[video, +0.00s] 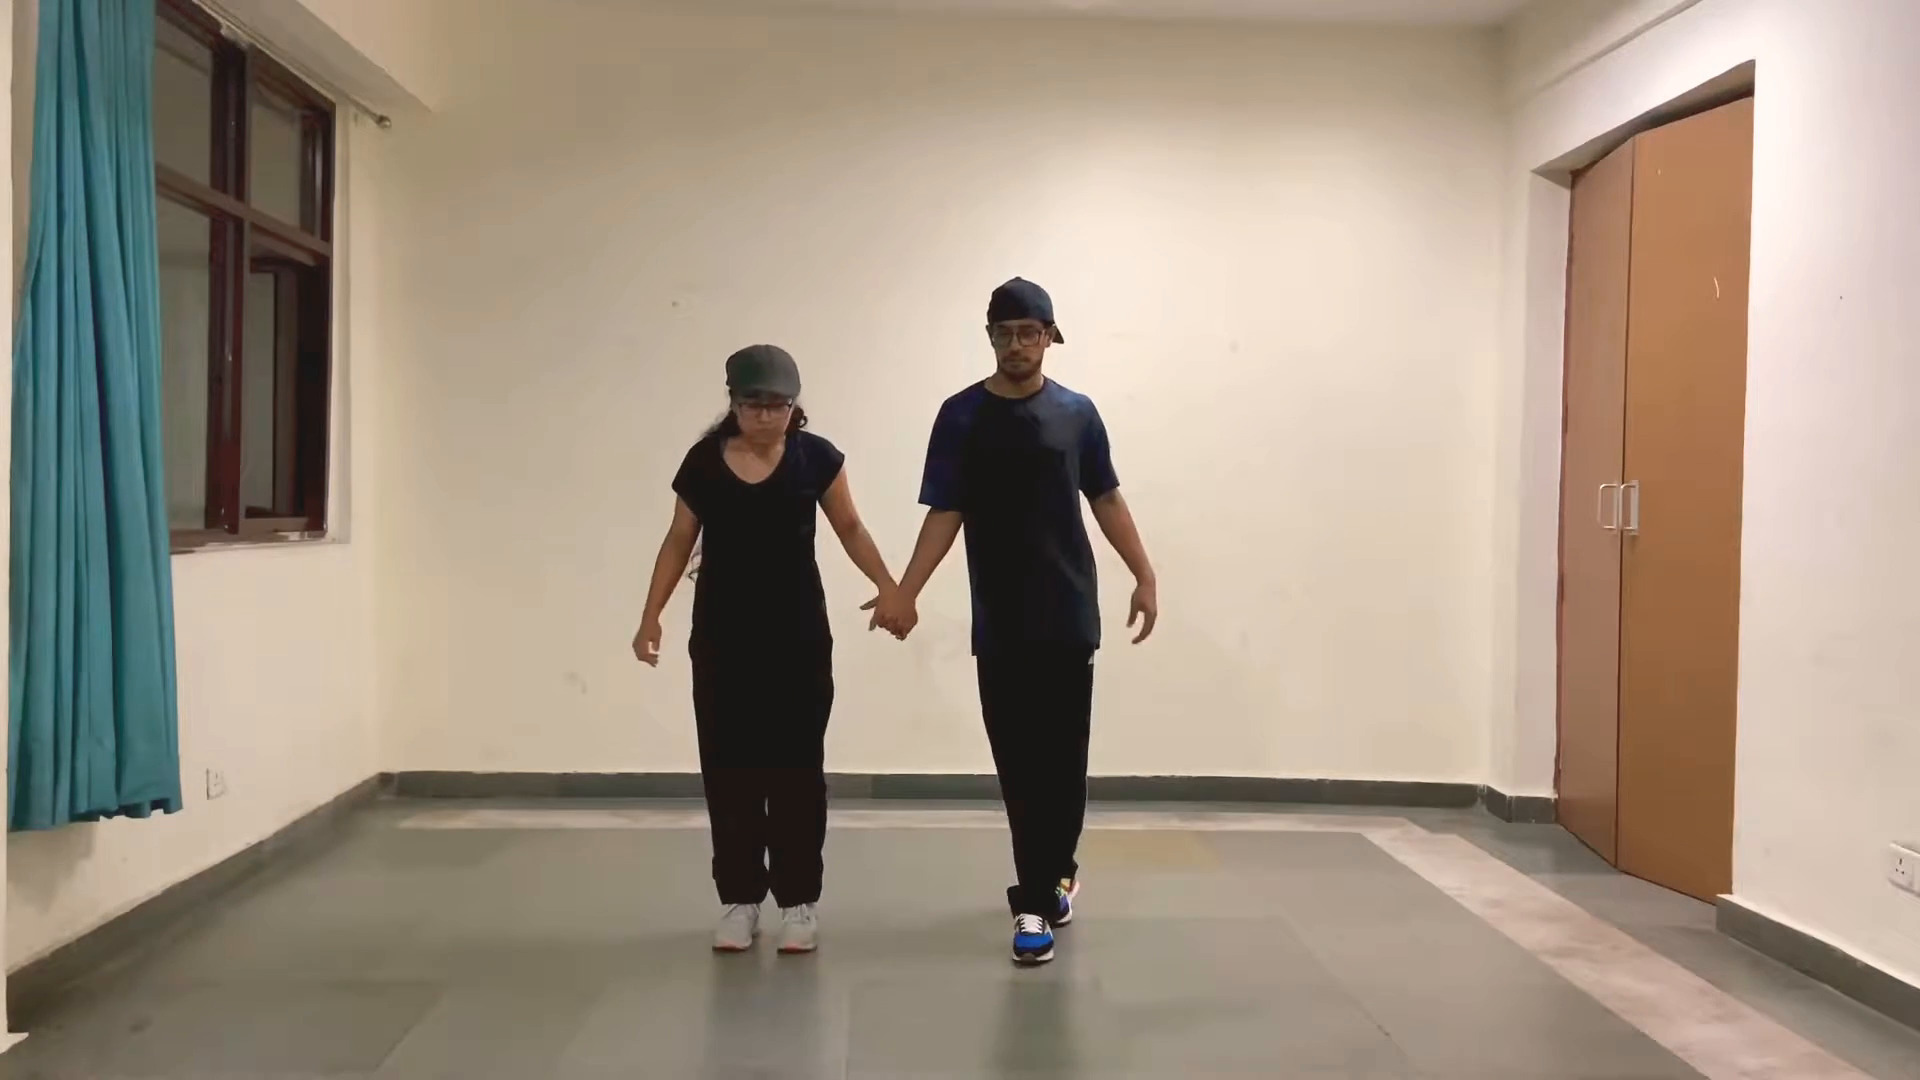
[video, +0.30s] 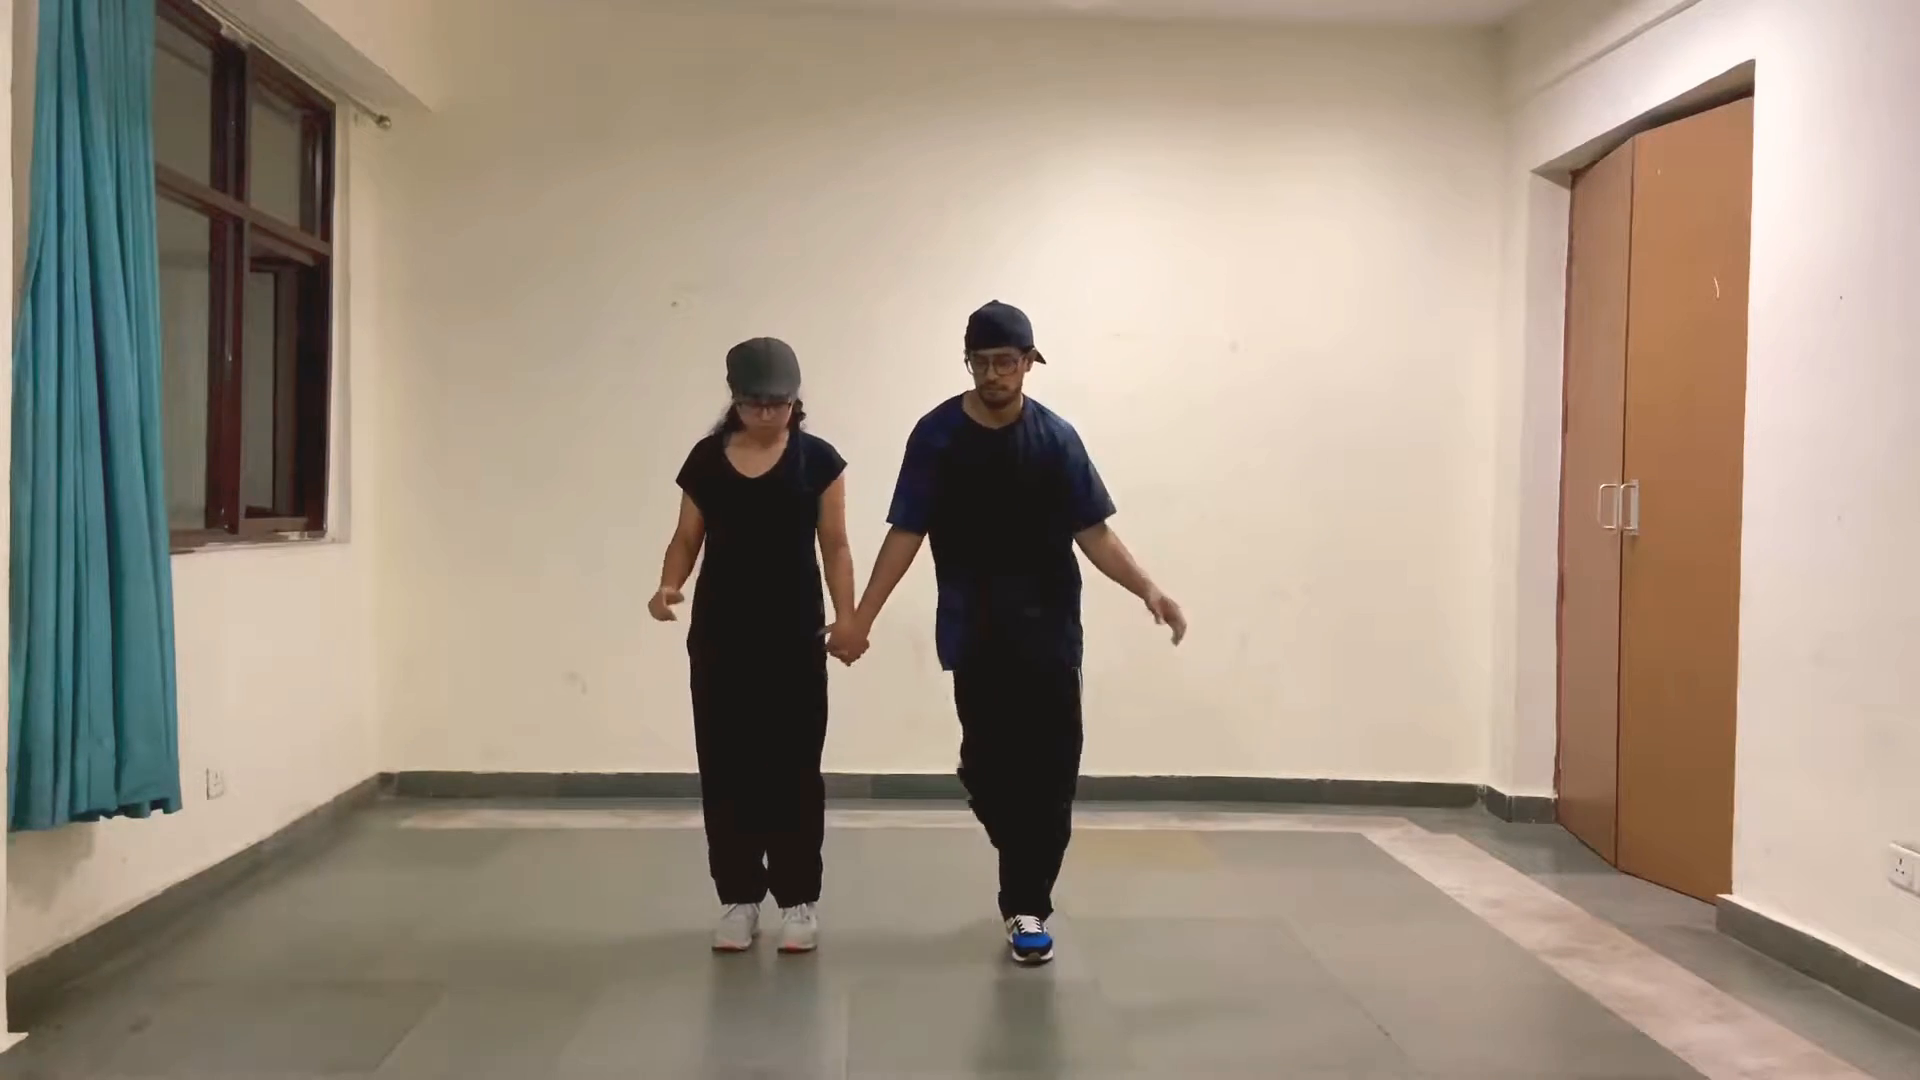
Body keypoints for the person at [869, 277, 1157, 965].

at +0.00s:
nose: (1018, 346)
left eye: (1030, 334)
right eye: (1006, 334)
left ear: (1050, 339)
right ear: (991, 338)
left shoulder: (1077, 413)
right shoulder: (961, 414)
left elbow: (1106, 498)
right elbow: (943, 512)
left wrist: (1145, 573)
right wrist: (905, 591)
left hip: (1068, 613)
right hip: (998, 618)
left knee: (1062, 755)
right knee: (1016, 757)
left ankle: (1037, 898)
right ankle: (1046, 882)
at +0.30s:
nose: (996, 374)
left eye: (1008, 361)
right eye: (984, 362)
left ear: (1028, 363)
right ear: (968, 364)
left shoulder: (1055, 438)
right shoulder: (936, 436)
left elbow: (1094, 532)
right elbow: (905, 533)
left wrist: (1149, 589)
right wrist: (859, 620)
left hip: (1050, 634)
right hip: (976, 634)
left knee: (1048, 767)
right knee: (987, 768)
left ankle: (1030, 908)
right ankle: (1022, 871)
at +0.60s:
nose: (942, 369)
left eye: (955, 356)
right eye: (931, 357)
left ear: (980, 354)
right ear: (918, 358)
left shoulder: (1023, 425)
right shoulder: (901, 437)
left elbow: (1075, 490)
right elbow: (876, 533)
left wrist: (1128, 526)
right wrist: (832, 615)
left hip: (996, 627)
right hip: (918, 627)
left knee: (1016, 758)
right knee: (896, 753)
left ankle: (1023, 906)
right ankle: (856, 871)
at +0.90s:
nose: (914, 388)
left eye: (925, 374)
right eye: (902, 376)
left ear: (951, 370)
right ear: (891, 379)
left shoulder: (999, 439)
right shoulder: (881, 454)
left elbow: (1065, 501)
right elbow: (854, 551)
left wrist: (1139, 552)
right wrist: (809, 626)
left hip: (977, 636)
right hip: (903, 634)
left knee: (978, 769)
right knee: (867, 756)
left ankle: (1011, 906)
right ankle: (852, 878)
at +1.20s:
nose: (968, 370)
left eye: (980, 356)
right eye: (955, 358)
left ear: (999, 352)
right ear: (936, 357)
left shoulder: (1034, 422)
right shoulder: (910, 426)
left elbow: (1108, 482)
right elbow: (891, 516)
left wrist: (1183, 489)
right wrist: (872, 565)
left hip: (1034, 625)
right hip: (961, 629)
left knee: (1041, 772)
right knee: (982, 767)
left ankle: (1029, 912)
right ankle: (983, 902)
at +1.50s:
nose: (1001, 379)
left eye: (1013, 366)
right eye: (987, 366)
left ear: (1031, 364)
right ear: (969, 368)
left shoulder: (1061, 435)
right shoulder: (940, 442)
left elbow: (1066, 543)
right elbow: (923, 539)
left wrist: (1058, 633)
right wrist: (899, 626)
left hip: (1059, 611)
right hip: (985, 617)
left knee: (1078, 748)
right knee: (987, 756)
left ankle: (1089, 879)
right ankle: (987, 901)